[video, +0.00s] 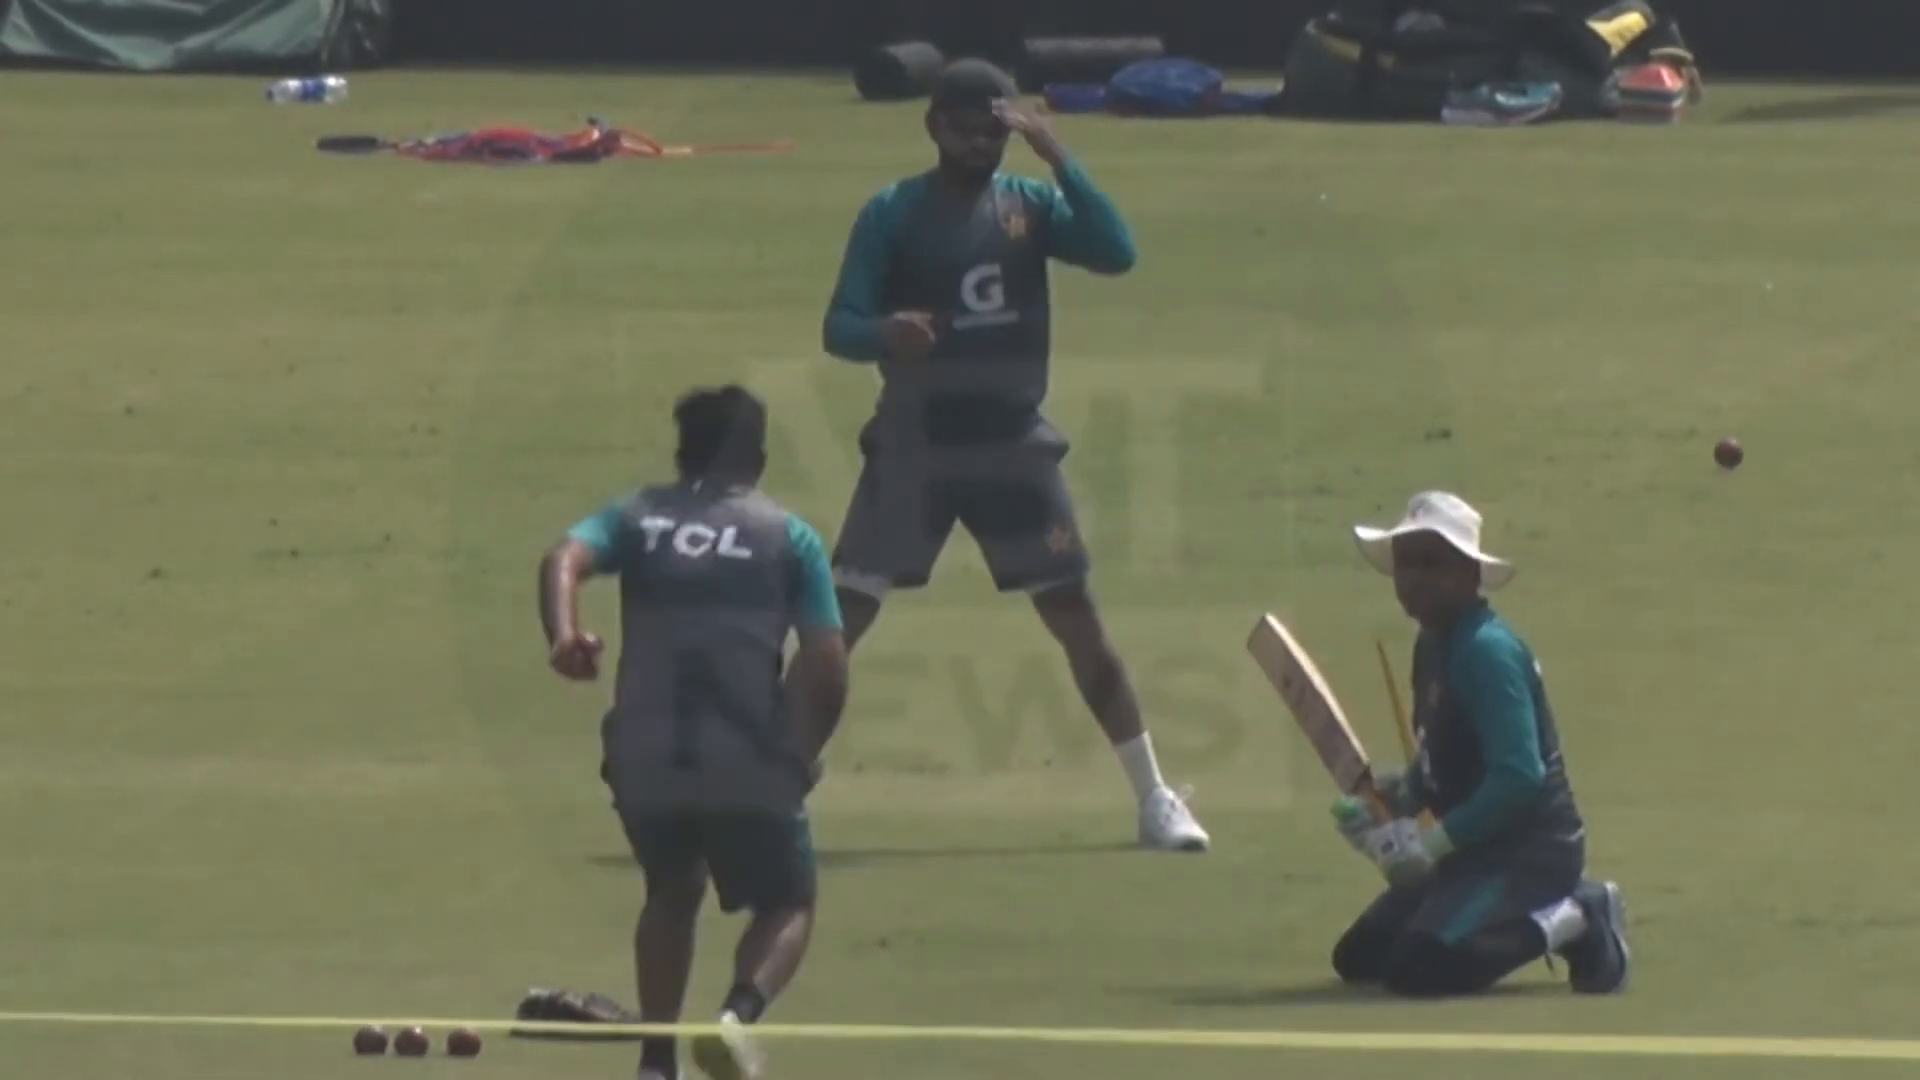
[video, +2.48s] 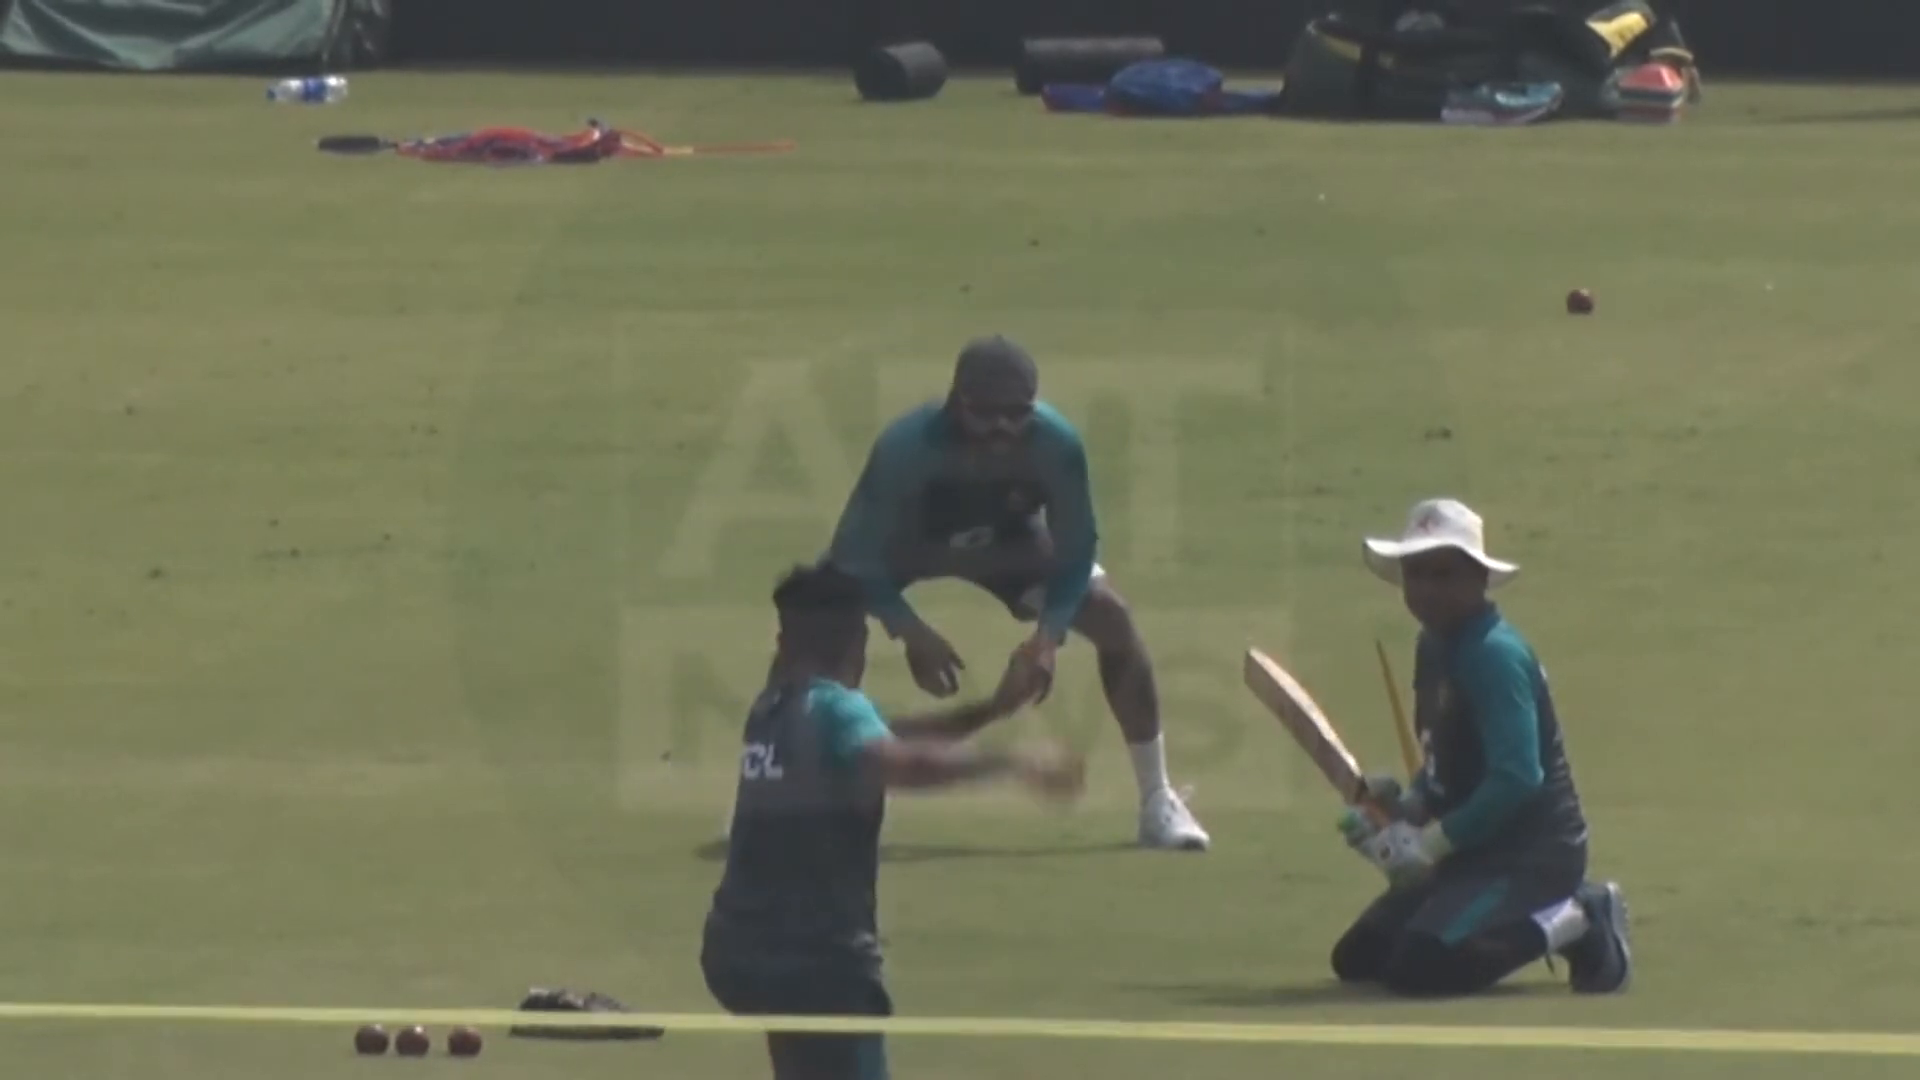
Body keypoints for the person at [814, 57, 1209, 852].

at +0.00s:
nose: (980, 136)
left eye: (992, 122)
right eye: (964, 121)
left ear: (1011, 130)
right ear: (934, 124)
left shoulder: (1028, 206)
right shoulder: (889, 216)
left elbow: (1115, 253)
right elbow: (840, 331)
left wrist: (1059, 157)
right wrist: (882, 337)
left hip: (1011, 446)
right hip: (910, 450)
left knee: (1076, 619)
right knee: (835, 629)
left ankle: (1155, 799)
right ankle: (772, 799)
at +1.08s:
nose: (979, 143)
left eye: (993, 130)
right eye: (965, 129)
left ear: (1011, 135)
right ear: (934, 127)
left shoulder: (1037, 206)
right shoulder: (895, 222)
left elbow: (1126, 297)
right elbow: (853, 342)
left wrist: (1078, 267)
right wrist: (880, 401)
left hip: (1022, 442)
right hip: (923, 446)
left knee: (1080, 623)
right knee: (849, 615)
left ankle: (1155, 798)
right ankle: (778, 772)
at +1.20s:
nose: (979, 141)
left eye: (993, 128)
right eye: (963, 128)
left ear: (1012, 132)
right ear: (934, 128)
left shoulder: (1042, 212)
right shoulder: (895, 222)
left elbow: (1099, 313)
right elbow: (852, 344)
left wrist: (1091, 372)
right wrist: (884, 415)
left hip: (1023, 440)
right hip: (923, 445)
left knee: (1079, 620)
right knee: (856, 610)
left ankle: (1155, 798)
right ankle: (800, 788)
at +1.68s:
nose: (1005, 182)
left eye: (1017, 168)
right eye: (989, 168)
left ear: (1033, 168)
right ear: (955, 166)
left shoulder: (1059, 238)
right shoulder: (906, 243)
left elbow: (1097, 333)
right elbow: (841, 338)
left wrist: (1065, 425)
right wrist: (877, 431)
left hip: (1012, 448)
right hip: (914, 447)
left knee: (1082, 613)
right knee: (841, 600)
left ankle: (1157, 798)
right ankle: (809, 787)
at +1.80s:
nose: (1004, 265)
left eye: (1018, 251)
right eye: (990, 250)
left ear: (1038, 249)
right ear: (961, 245)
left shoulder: (1066, 304)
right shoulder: (908, 308)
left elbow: (1106, 389)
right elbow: (841, 395)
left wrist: (1067, 480)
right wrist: (883, 484)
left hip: (1011, 474)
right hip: (909, 467)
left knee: (1098, 609)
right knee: (840, 601)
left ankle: (1159, 797)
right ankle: (817, 786)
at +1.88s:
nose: (1003, 321)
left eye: (1018, 307)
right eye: (989, 306)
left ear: (1038, 306)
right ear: (963, 300)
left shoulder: (1064, 355)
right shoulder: (911, 356)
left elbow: (1099, 448)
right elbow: (850, 454)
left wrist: (1062, 541)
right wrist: (894, 547)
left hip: (1012, 494)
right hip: (906, 492)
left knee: (1109, 613)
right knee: (835, 607)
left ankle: (1159, 797)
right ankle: (811, 788)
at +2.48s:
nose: (1000, 429)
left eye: (1014, 414)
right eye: (985, 415)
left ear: (1031, 407)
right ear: (958, 404)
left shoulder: (1056, 446)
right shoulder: (904, 449)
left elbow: (1077, 547)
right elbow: (855, 556)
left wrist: (1047, 640)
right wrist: (914, 634)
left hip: (1006, 545)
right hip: (907, 550)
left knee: (1113, 620)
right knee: (831, 623)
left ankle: (1159, 801)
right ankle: (811, 783)